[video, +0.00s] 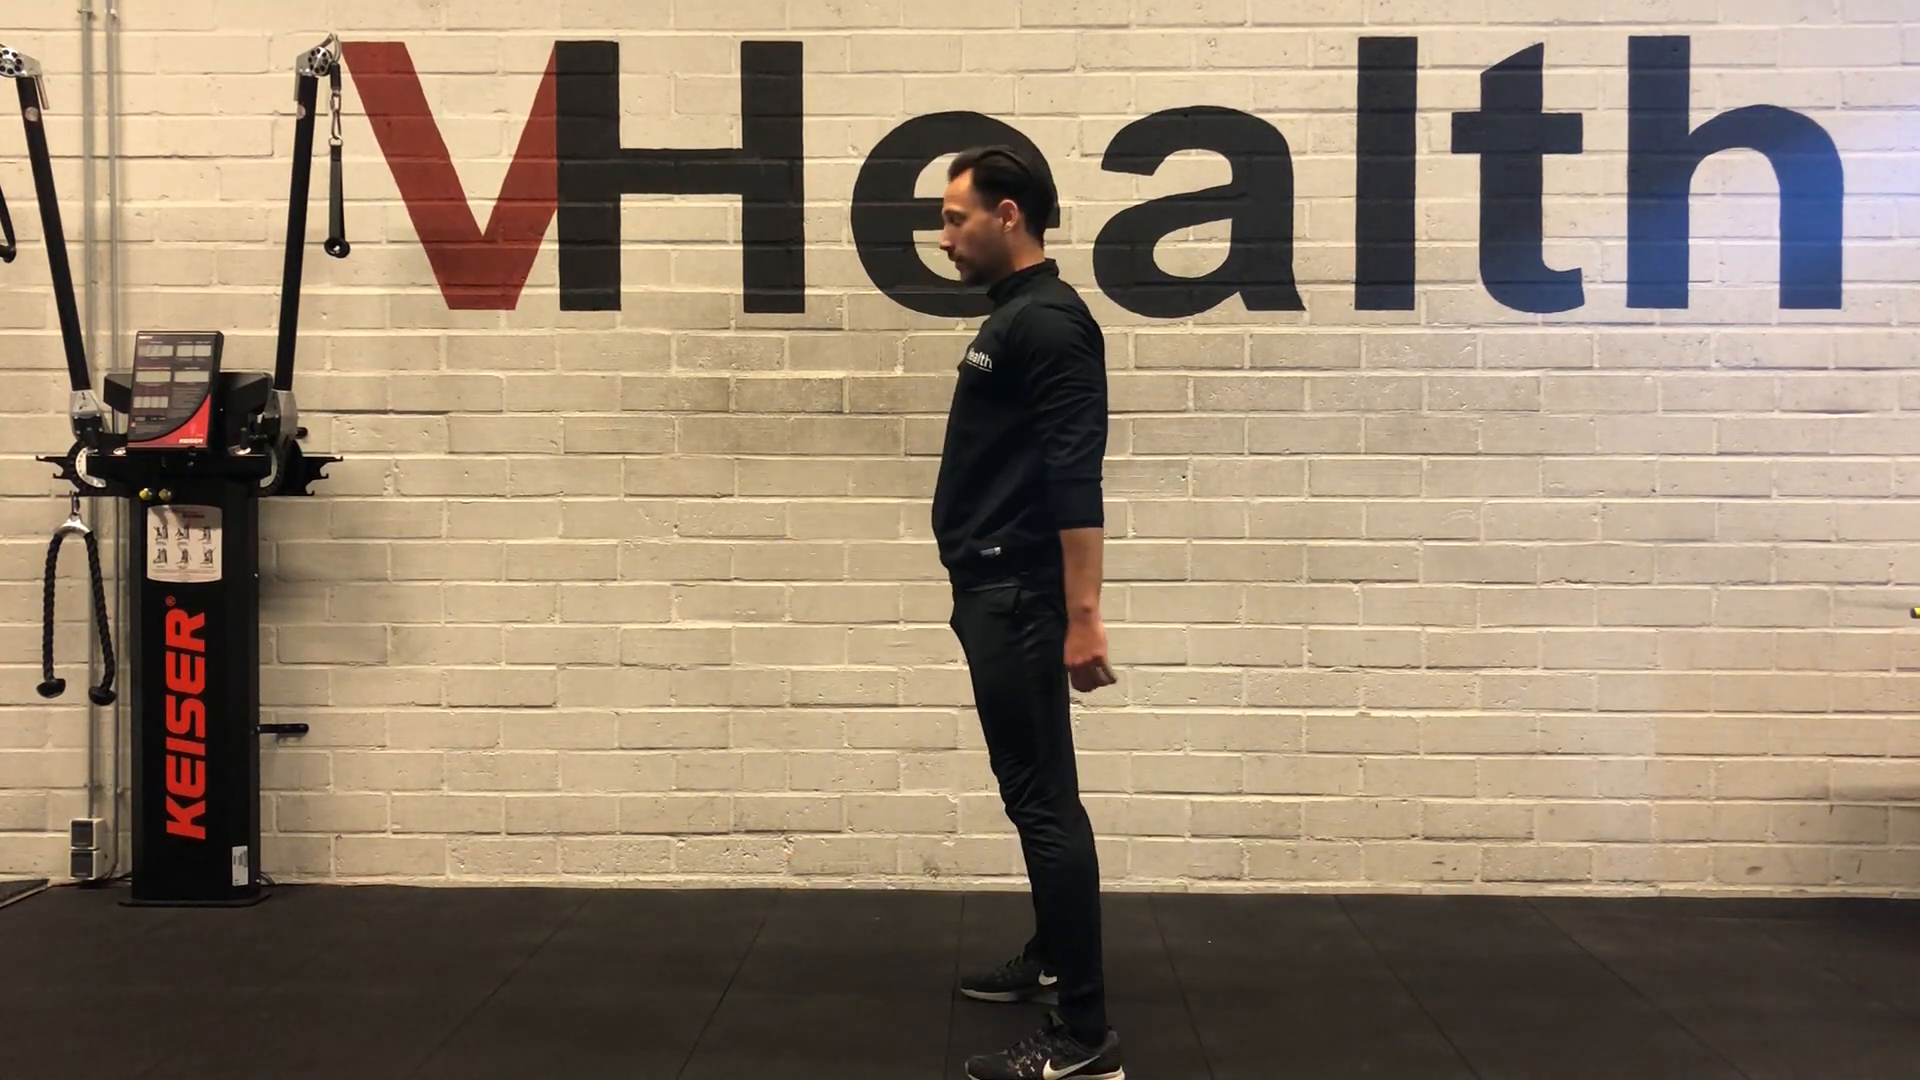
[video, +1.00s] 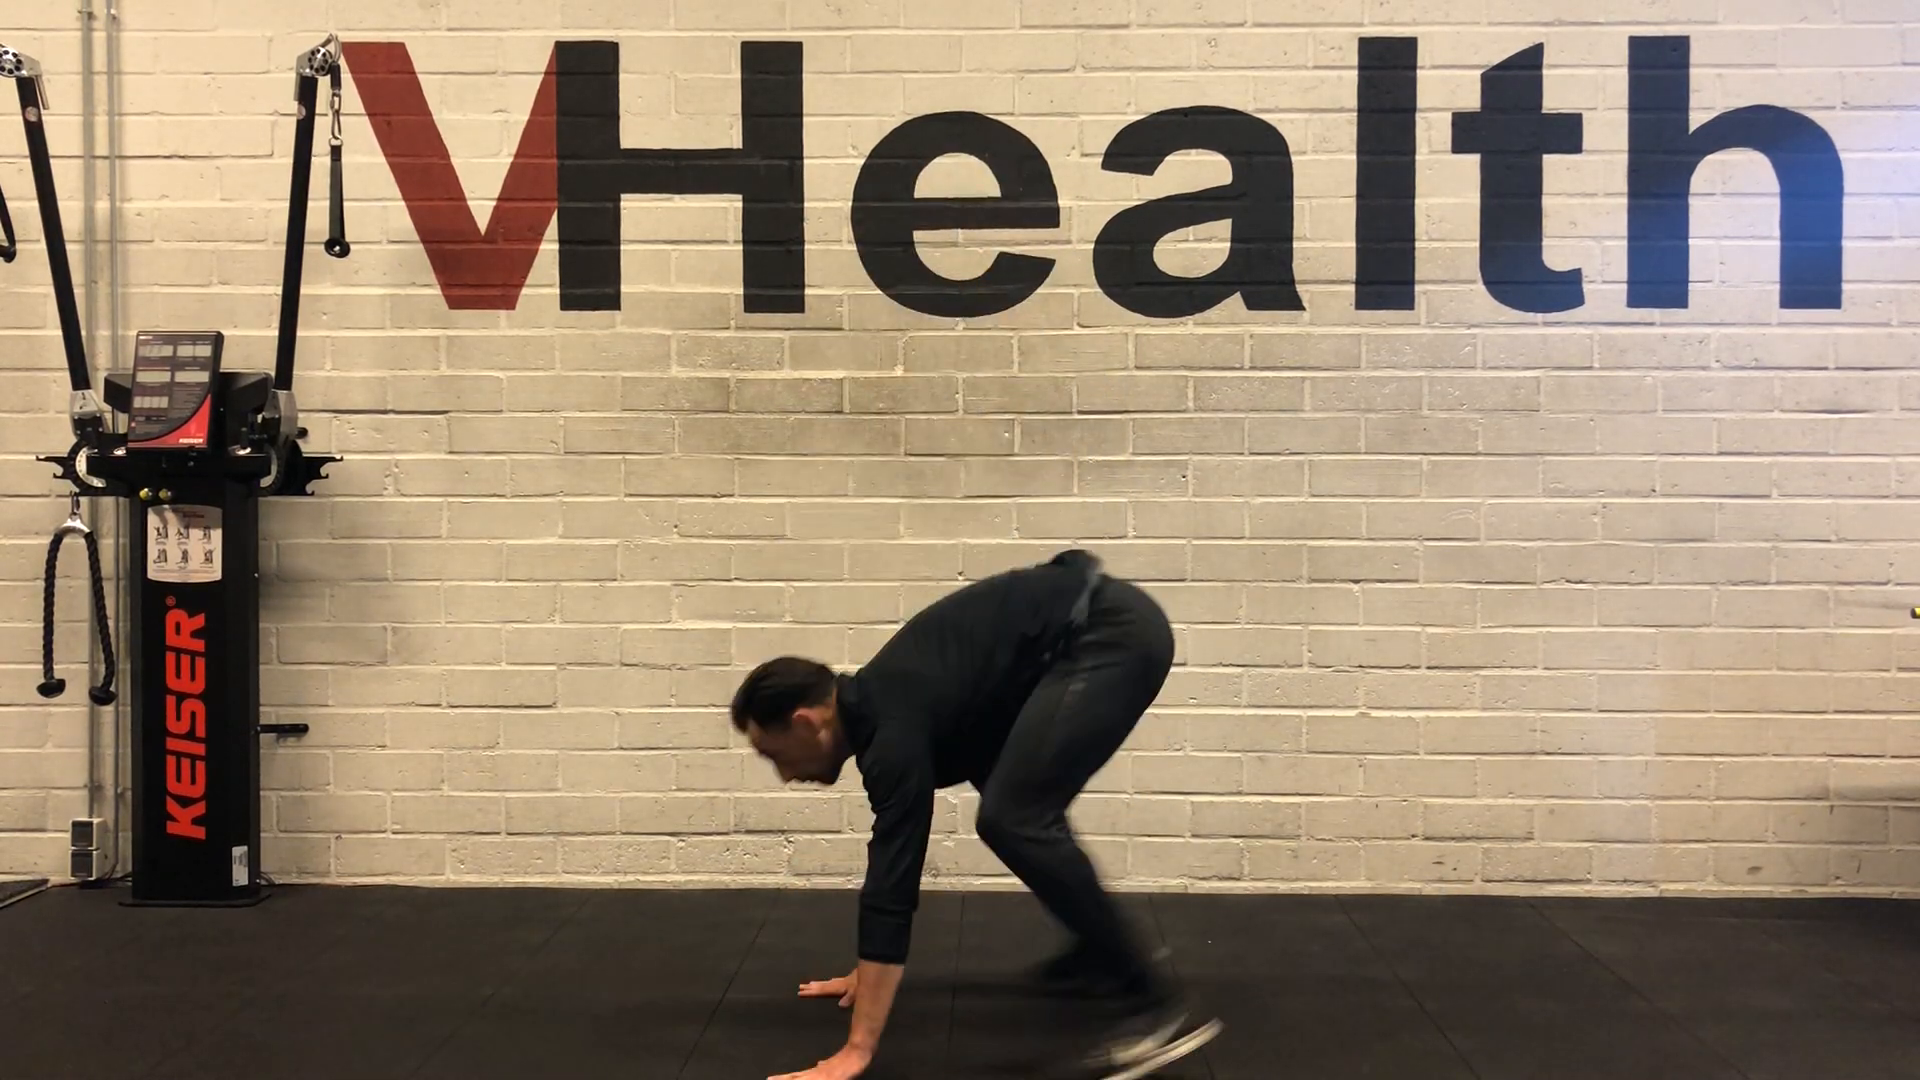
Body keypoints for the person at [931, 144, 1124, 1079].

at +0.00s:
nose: (944, 232)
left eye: (955, 216)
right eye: (943, 217)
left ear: (1012, 218)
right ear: (1009, 223)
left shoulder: (1052, 323)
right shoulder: (1016, 316)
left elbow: (1077, 477)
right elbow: (1032, 468)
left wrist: (1083, 616)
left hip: (1023, 602)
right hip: (997, 596)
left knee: (1047, 807)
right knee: (1032, 794)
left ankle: (1084, 1036)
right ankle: (1055, 958)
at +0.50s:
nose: (847, 334)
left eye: (851, 314)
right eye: (840, 318)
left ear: (899, 291)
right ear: (896, 295)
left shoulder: (971, 381)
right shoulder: (948, 376)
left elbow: (981, 540)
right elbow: (980, 537)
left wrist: (965, 674)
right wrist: (968, 661)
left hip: (1100, 600)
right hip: (1059, 602)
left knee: (1035, 792)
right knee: (1010, 769)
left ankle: (1083, 1032)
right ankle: (1056, 956)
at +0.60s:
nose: (813, 420)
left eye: (817, 400)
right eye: (807, 405)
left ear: (863, 376)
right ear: (859, 382)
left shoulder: (941, 454)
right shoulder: (922, 448)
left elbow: (948, 609)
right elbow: (943, 601)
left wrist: (932, 759)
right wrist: (932, 721)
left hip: (1121, 624)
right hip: (1072, 625)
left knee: (1020, 795)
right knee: (992, 769)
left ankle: (1084, 1032)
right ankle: (1054, 959)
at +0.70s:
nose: (791, 521)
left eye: (794, 502)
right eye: (784, 506)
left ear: (839, 480)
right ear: (841, 482)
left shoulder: (922, 548)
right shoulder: (908, 533)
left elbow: (913, 710)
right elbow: (911, 703)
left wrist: (891, 851)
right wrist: (891, 833)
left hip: (1130, 668)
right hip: (1084, 658)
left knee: (996, 812)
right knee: (969, 772)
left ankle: (1082, 1034)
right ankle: (1048, 959)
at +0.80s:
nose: (778, 616)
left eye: (777, 596)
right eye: (770, 600)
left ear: (818, 570)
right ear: (821, 570)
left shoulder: (905, 631)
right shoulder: (896, 607)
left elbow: (887, 787)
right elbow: (884, 773)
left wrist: (861, 934)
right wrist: (865, 897)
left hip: (1128, 705)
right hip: (1089, 691)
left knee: (974, 825)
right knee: (954, 781)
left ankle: (1080, 1033)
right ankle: (1042, 960)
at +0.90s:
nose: (770, 707)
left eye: (768, 688)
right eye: (762, 694)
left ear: (810, 661)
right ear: (812, 657)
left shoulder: (890, 694)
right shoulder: (880, 668)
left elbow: (877, 857)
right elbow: (874, 835)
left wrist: (847, 1015)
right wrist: (855, 949)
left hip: (1136, 666)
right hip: (1109, 656)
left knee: (996, 814)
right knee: (987, 799)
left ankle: (1080, 1033)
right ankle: (1043, 960)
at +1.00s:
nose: (782, 773)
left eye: (774, 755)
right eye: (769, 760)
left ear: (807, 720)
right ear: (814, 709)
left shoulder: (894, 732)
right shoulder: (878, 701)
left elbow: (893, 891)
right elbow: (889, 862)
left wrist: (858, 1049)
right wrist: (869, 969)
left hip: (1116, 634)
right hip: (1093, 626)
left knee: (1014, 818)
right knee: (1009, 801)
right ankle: (1105, 942)